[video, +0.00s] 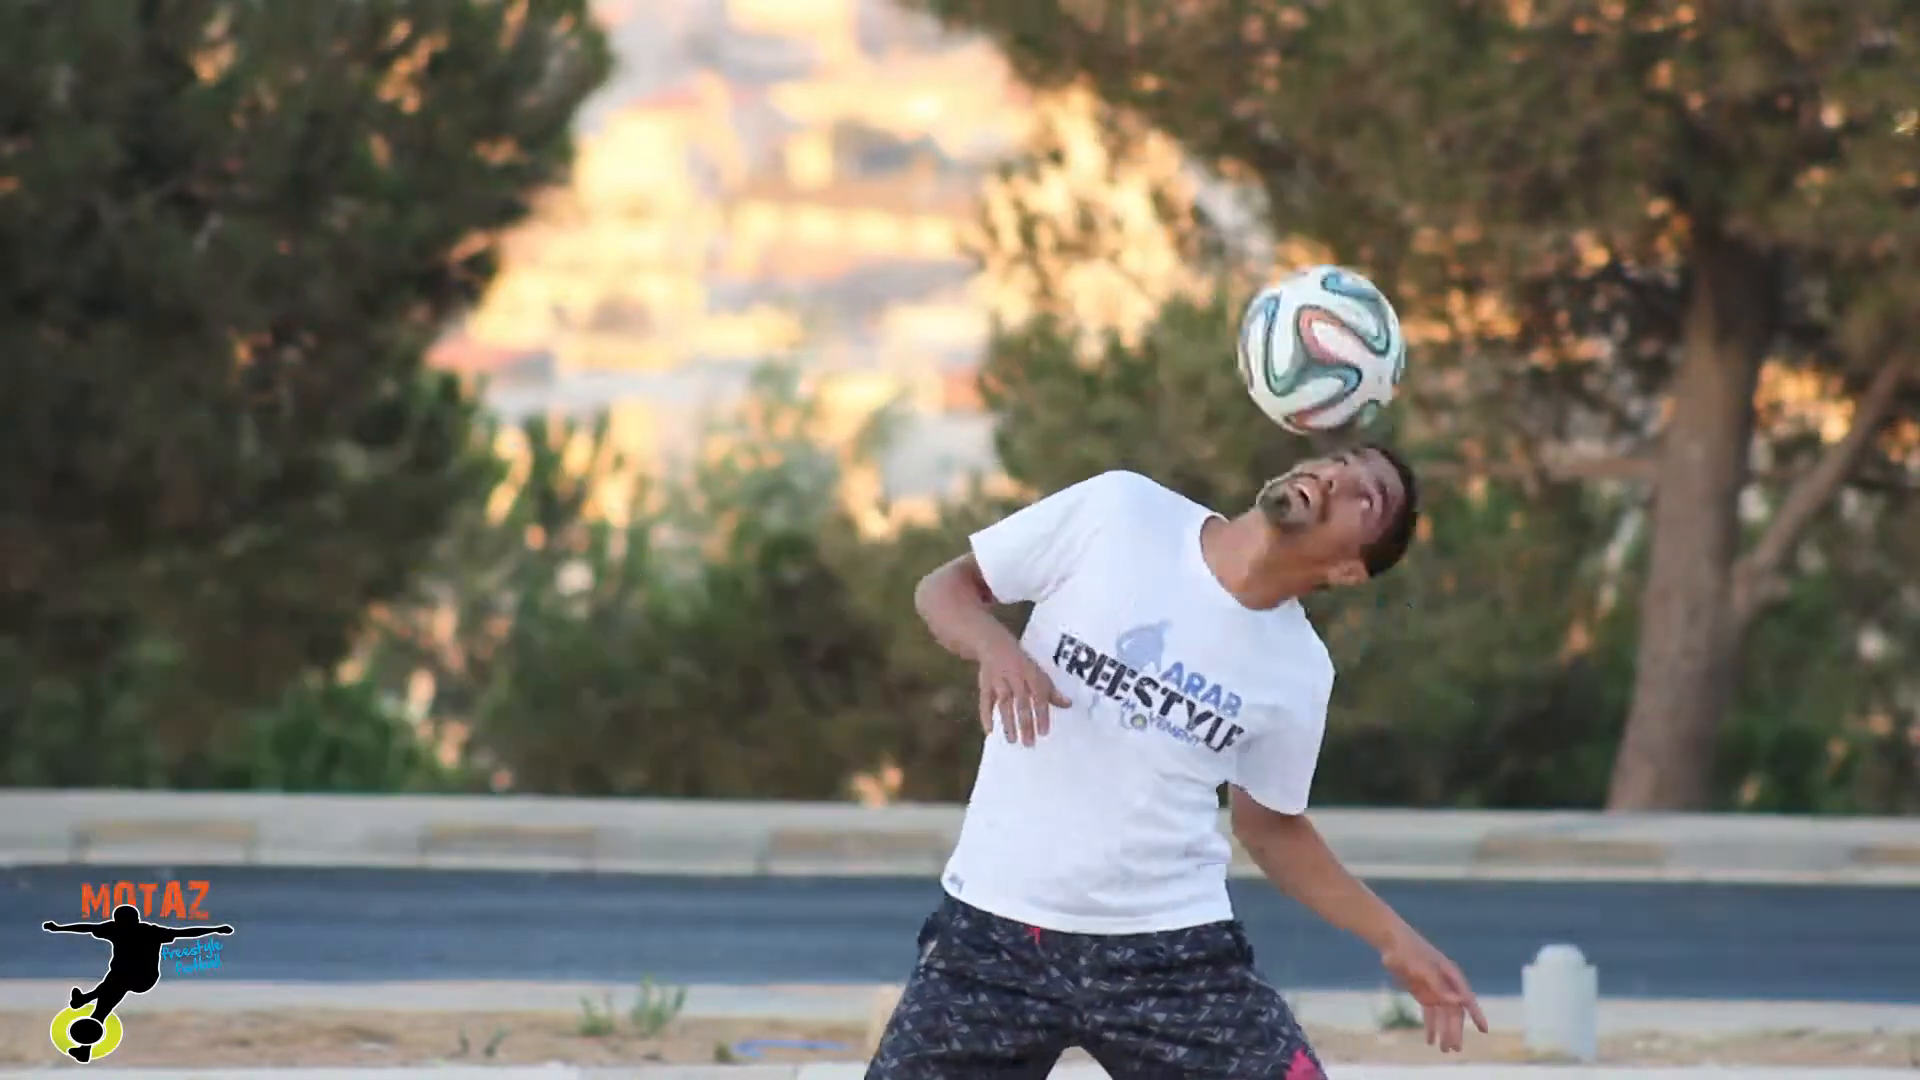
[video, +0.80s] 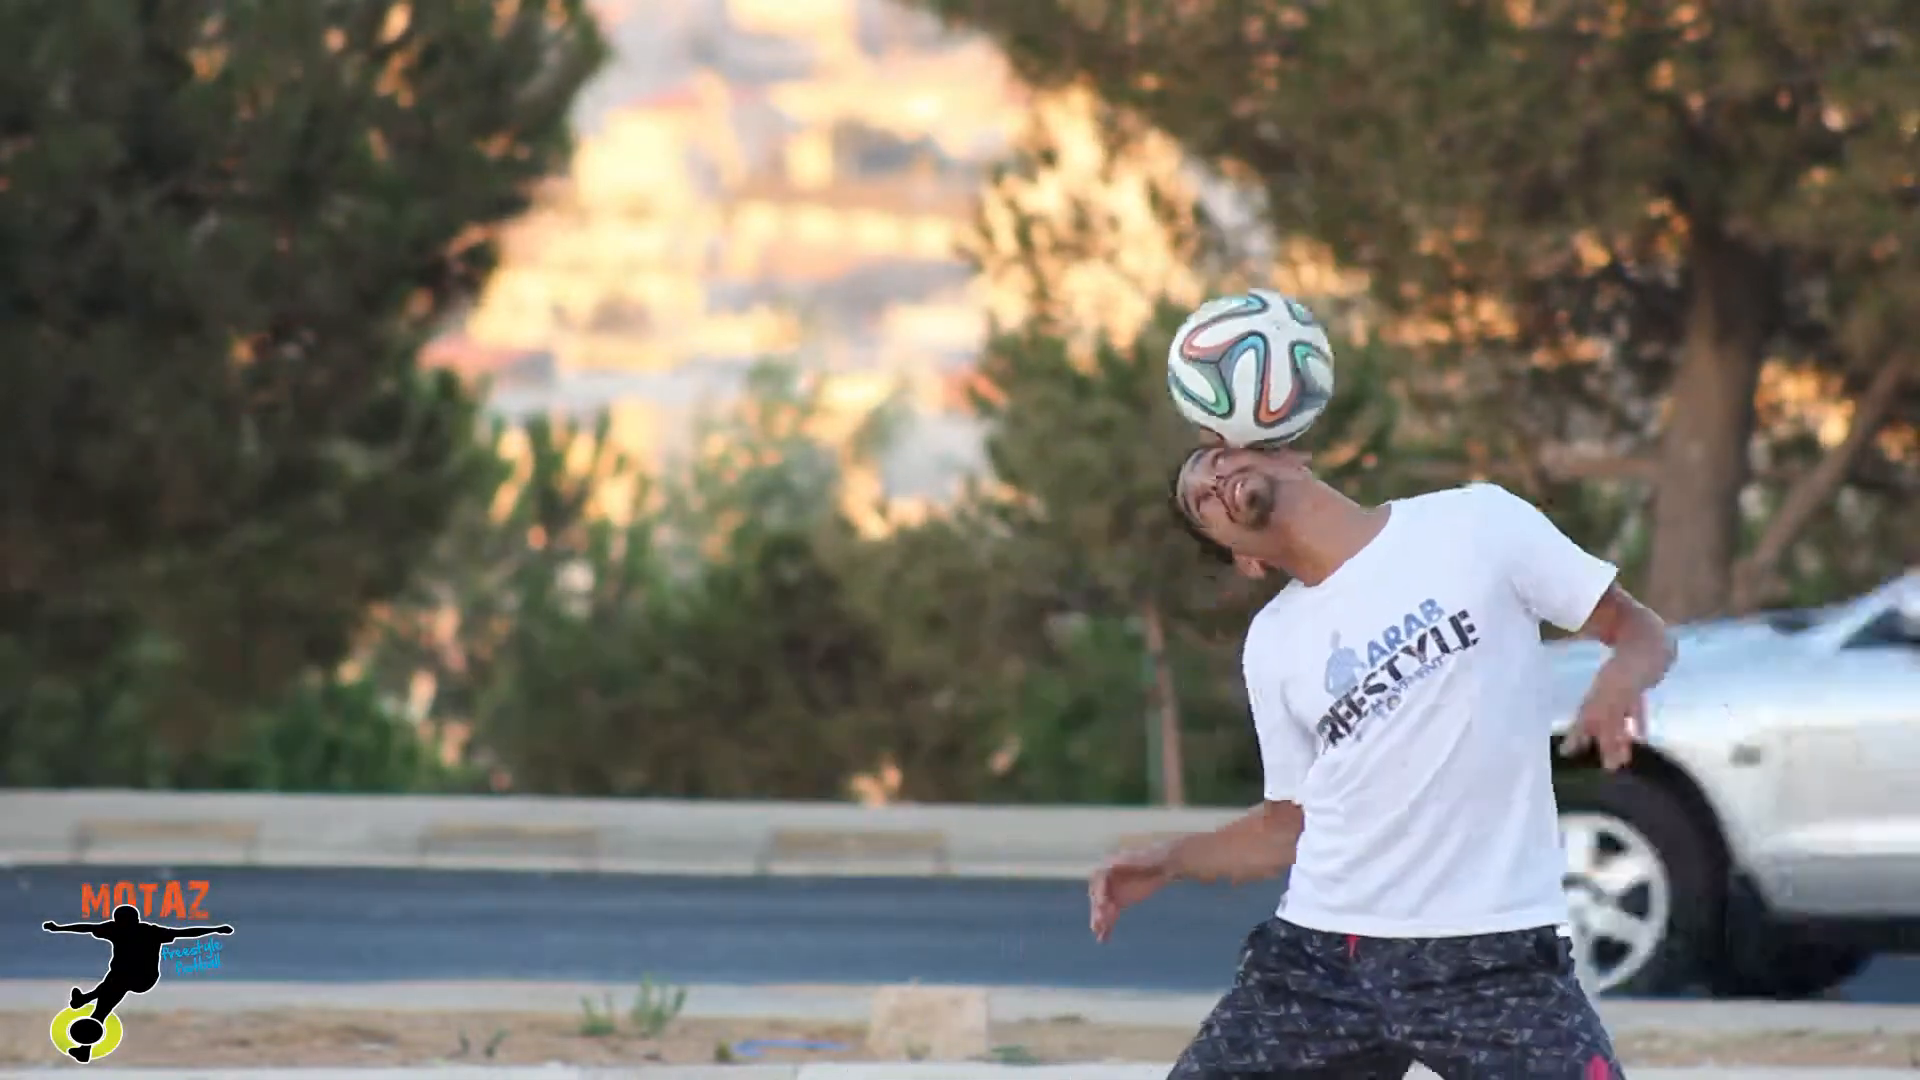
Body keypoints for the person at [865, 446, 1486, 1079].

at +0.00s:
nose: (1331, 474)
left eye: (1365, 494)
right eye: (1338, 461)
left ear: (1347, 570)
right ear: (1291, 474)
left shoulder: (1298, 672)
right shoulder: (1115, 508)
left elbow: (1270, 823)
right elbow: (942, 589)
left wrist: (1394, 940)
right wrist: (993, 643)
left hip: (1174, 967)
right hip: (987, 947)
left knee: (1296, 1072)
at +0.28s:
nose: (1293, 376)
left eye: (1332, 388)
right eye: (1298, 366)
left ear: (1342, 466)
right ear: (1257, 395)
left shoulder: (1326, 615)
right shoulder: (1111, 476)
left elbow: (1354, 792)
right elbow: (1006, 588)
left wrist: (1440, 880)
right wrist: (954, 653)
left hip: (1215, 933)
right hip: (1039, 913)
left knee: (1325, 1073)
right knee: (944, 1072)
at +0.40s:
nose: (1250, 309)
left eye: (1285, 307)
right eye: (1237, 303)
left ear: (1318, 379)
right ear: (1210, 351)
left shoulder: (1357, 520)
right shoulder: (1117, 479)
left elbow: (1428, 704)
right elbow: (1052, 635)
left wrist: (1423, 728)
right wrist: (976, 676)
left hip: (1287, 897)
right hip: (1113, 891)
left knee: (1382, 1069)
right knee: (1034, 1068)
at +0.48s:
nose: (1244, 316)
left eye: (1278, 314)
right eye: (1229, 312)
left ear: (1312, 382)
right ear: (1199, 369)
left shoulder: (1361, 521)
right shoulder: (1121, 497)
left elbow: (1459, 725)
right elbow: (1077, 666)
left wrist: (1417, 687)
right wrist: (994, 702)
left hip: (1312, 907)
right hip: (1141, 908)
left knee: (1411, 1069)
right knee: (1066, 1069)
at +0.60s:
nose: (1212, 393)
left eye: (1240, 379)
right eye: (1194, 398)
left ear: (1301, 419)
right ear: (1201, 471)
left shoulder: (1411, 547)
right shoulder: (1175, 583)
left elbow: (1535, 728)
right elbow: (1151, 760)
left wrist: (1438, 663)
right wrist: (1064, 788)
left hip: (1381, 966)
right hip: (1204, 962)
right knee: (1080, 1074)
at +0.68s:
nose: (1200, 470)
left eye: (1219, 447)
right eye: (1184, 478)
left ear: (1288, 455)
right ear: (1200, 529)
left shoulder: (1441, 554)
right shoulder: (1224, 638)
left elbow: (1596, 707)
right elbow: (1218, 822)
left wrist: (1479, 674)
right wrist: (1108, 840)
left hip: (1438, 999)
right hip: (1253, 993)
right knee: (1127, 1072)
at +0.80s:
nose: (1218, 482)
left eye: (1222, 463)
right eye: (1206, 503)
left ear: (1291, 457)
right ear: (1246, 558)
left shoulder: (1480, 521)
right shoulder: (1272, 644)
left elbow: (1643, 632)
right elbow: (1290, 824)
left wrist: (1618, 684)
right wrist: (1173, 859)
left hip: (1500, 976)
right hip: (1313, 976)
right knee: (1200, 1071)